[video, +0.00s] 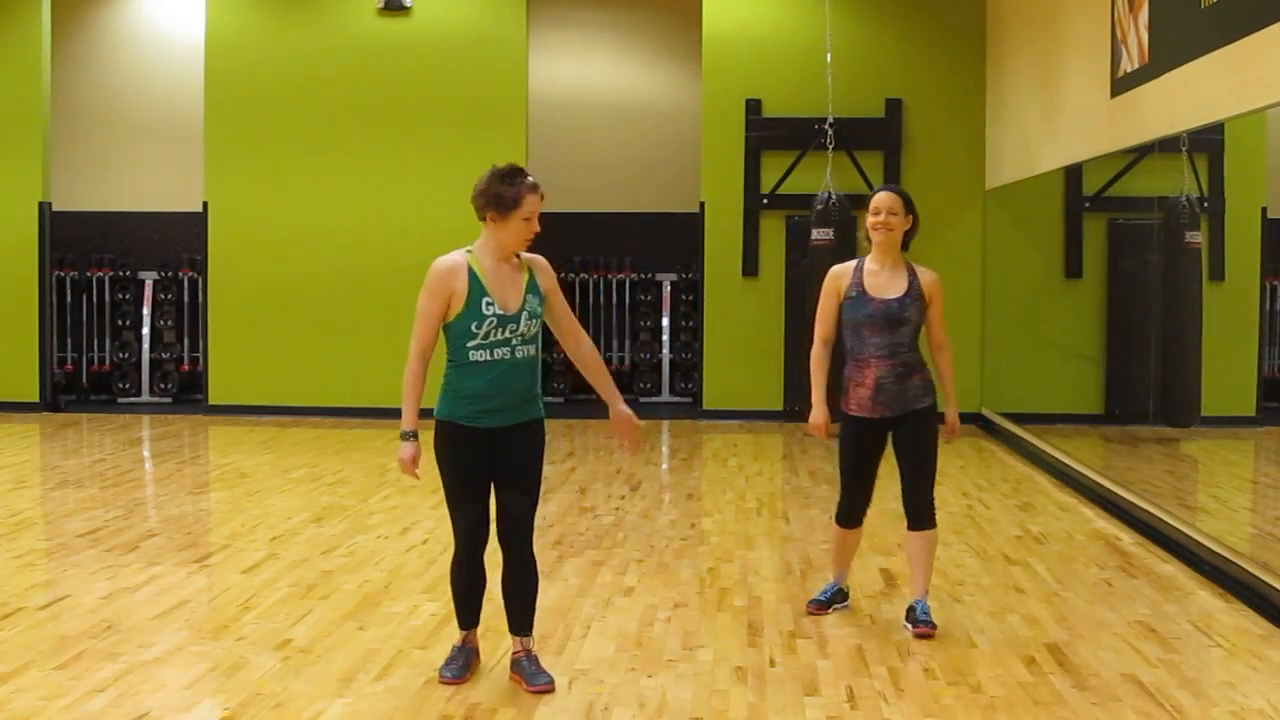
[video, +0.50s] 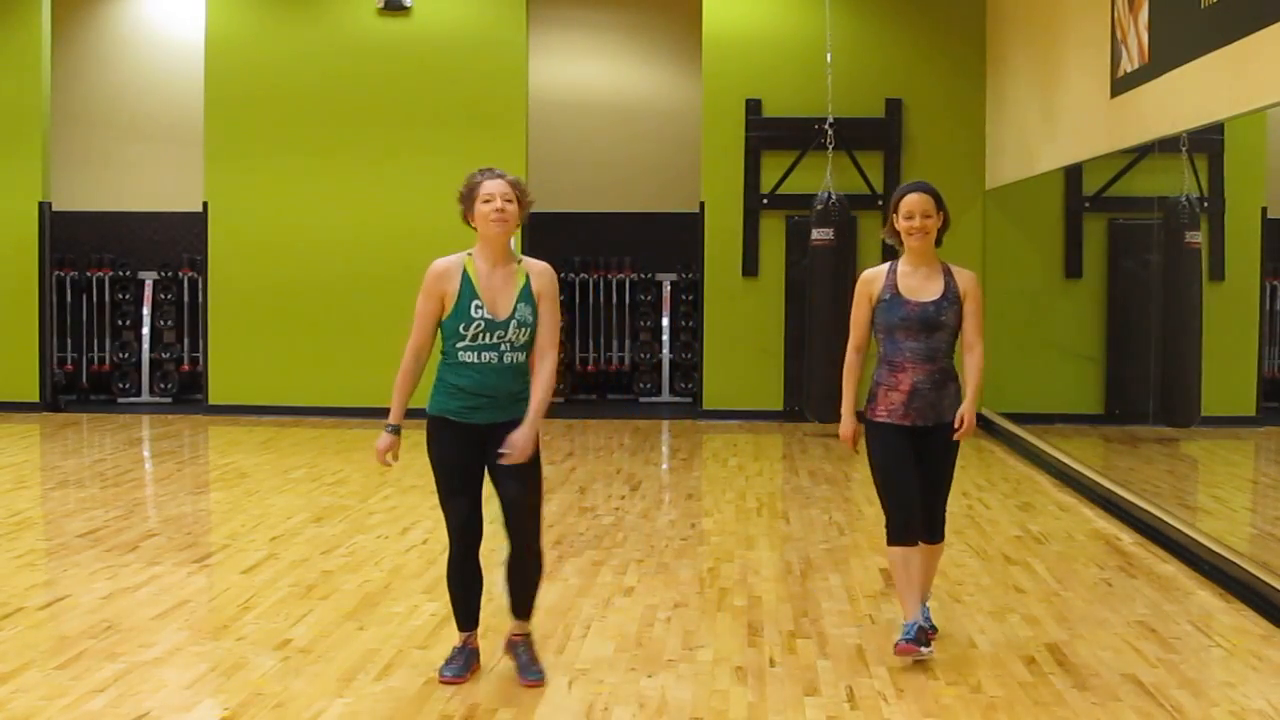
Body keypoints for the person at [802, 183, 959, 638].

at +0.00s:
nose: (881, 219)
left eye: (891, 213)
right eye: (875, 212)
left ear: (908, 223)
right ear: (865, 220)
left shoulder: (925, 281)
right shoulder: (841, 276)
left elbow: (940, 346)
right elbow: (821, 343)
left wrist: (951, 404)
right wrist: (818, 402)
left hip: (915, 406)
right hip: (859, 407)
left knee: (920, 504)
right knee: (852, 502)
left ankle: (921, 602)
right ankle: (837, 585)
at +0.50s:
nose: (918, 223)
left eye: (926, 215)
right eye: (909, 216)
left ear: (941, 221)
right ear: (895, 223)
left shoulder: (963, 282)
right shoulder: (873, 280)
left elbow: (972, 347)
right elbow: (855, 349)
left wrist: (970, 400)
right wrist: (847, 411)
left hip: (941, 415)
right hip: (886, 414)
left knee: (932, 515)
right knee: (903, 515)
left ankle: (921, 604)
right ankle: (911, 620)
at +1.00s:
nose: (928, 214)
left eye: (937, 207)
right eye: (918, 205)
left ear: (949, 215)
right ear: (902, 211)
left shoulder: (967, 277)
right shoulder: (873, 273)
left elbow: (980, 351)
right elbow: (854, 347)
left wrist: (989, 416)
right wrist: (864, 409)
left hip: (951, 422)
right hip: (891, 424)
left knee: (972, 532)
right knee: (903, 534)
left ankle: (979, 639)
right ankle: (916, 636)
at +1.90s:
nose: (972, 200)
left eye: (980, 194)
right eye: (960, 196)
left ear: (995, 211)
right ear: (944, 216)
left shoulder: (1020, 283)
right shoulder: (921, 276)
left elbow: (1027, 362)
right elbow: (888, 350)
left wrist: (1032, 427)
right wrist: (886, 422)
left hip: (998, 437)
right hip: (931, 436)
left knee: (1045, 543)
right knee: (904, 550)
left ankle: (1059, 656)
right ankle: (881, 656)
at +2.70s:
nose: (956, 212)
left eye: (969, 209)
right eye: (949, 205)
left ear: (983, 232)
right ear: (933, 221)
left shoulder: (993, 299)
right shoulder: (894, 283)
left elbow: (1003, 380)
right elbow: (857, 356)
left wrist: (1002, 449)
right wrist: (859, 424)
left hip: (949, 445)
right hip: (888, 436)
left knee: (969, 566)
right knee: (861, 547)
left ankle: (1033, 644)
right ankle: (863, 659)